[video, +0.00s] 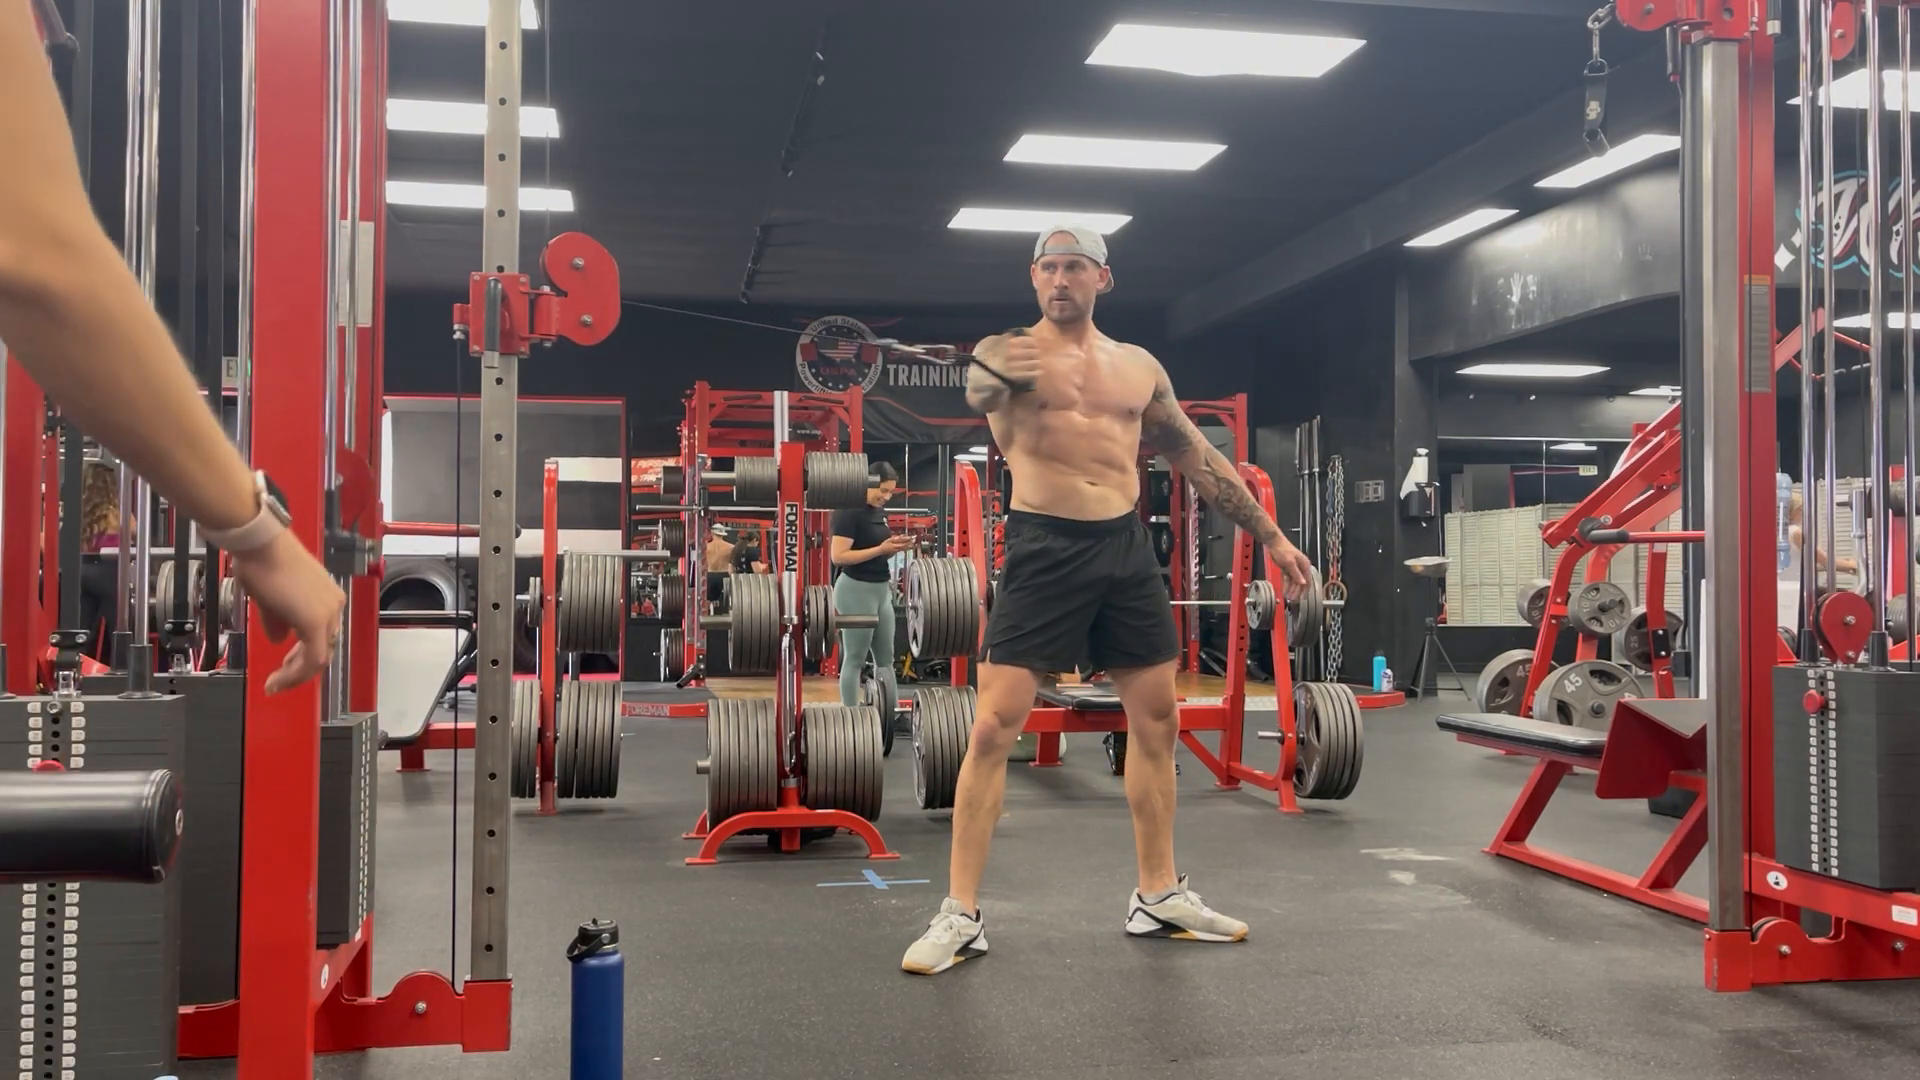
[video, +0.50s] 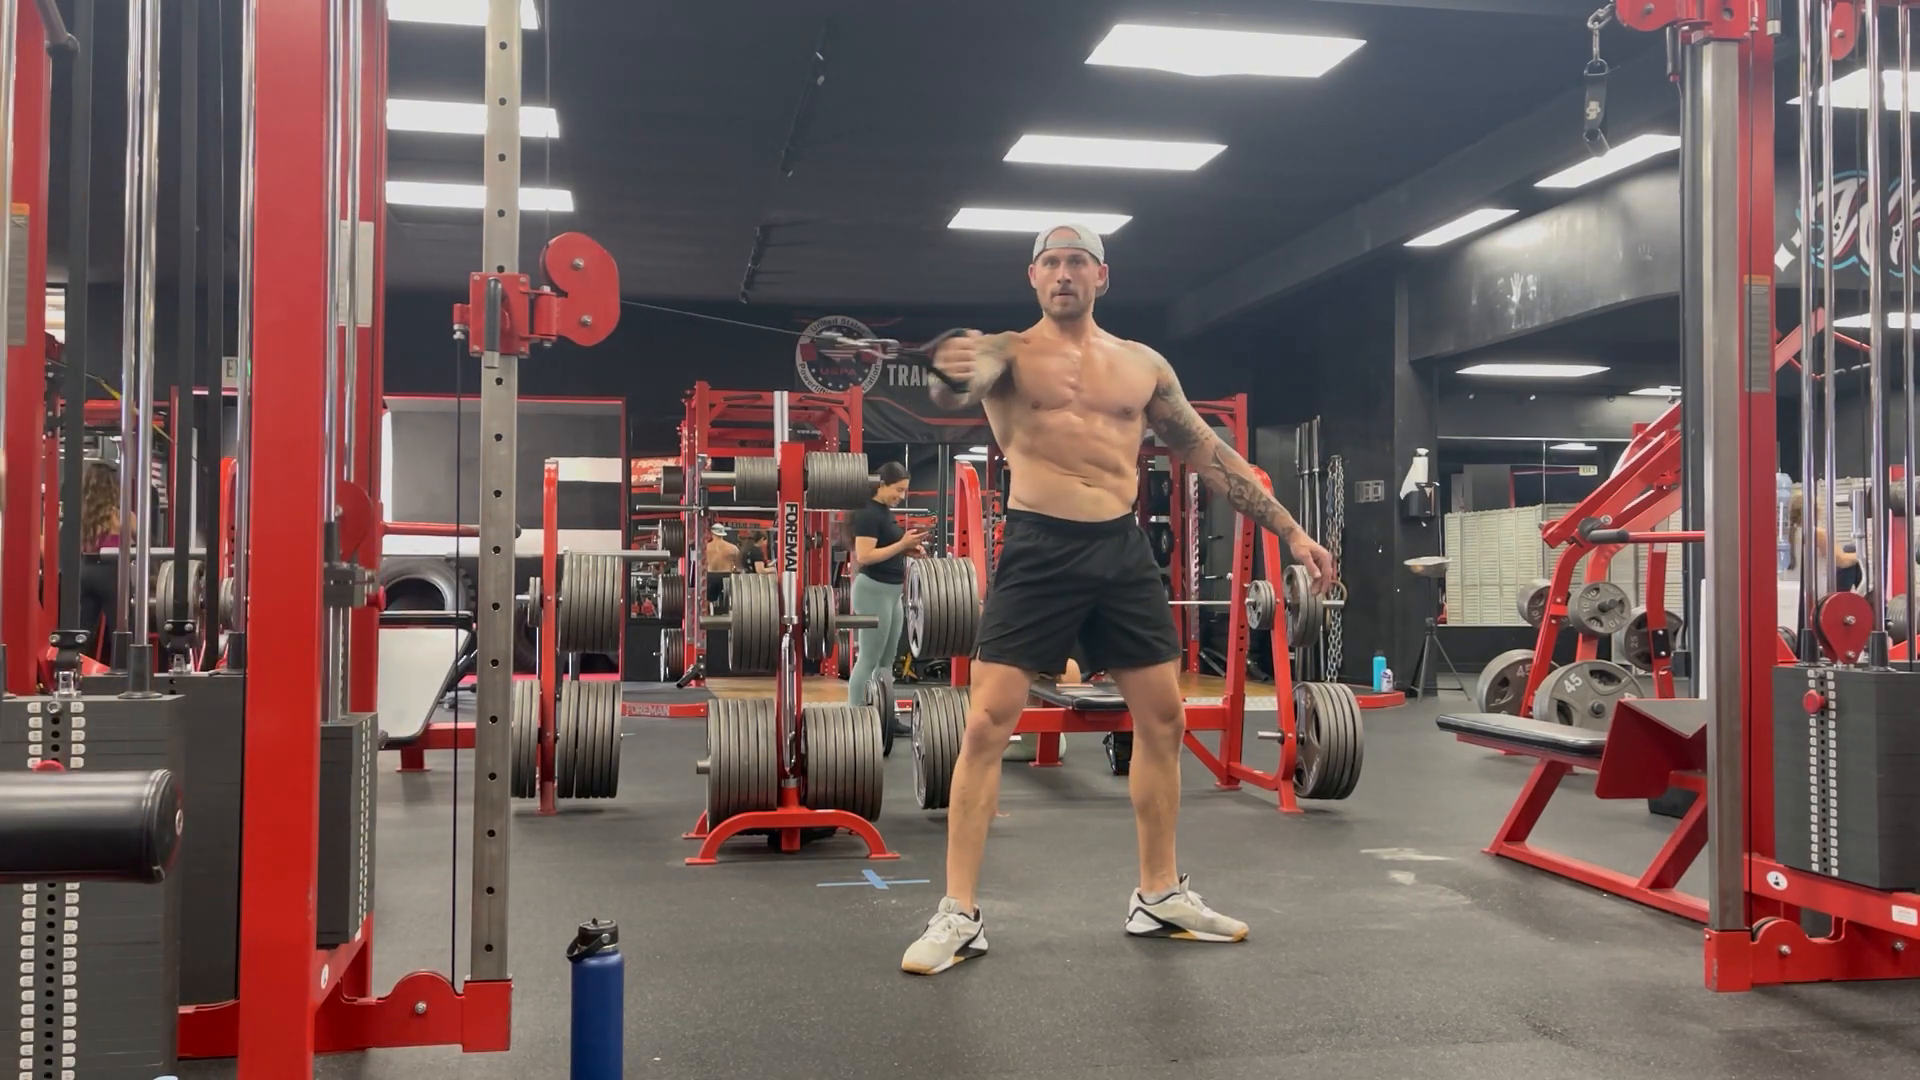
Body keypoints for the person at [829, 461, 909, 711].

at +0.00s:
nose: (887, 497)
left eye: (890, 493)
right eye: (884, 491)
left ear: (891, 489)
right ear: (868, 484)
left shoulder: (877, 512)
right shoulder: (849, 512)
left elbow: (873, 549)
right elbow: (838, 555)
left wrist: (895, 545)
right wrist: (882, 549)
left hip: (881, 590)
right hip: (855, 589)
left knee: (885, 660)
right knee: (854, 659)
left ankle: (891, 720)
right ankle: (851, 721)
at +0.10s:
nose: (887, 497)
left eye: (890, 493)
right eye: (884, 491)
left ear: (892, 489)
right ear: (869, 484)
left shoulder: (877, 512)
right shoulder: (850, 511)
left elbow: (874, 547)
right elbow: (840, 556)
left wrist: (896, 544)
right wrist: (882, 549)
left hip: (881, 591)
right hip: (856, 590)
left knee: (883, 658)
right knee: (855, 658)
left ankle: (887, 717)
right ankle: (851, 719)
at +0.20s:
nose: (889, 497)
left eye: (893, 493)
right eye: (886, 491)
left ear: (894, 489)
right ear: (871, 484)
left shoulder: (877, 512)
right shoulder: (853, 512)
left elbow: (876, 547)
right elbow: (843, 557)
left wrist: (899, 546)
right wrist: (886, 548)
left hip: (881, 589)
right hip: (859, 589)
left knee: (882, 657)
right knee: (857, 658)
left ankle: (887, 717)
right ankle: (851, 719)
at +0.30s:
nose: (893, 497)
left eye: (896, 493)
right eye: (891, 491)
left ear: (892, 489)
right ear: (875, 485)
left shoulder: (878, 511)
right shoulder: (858, 512)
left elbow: (877, 549)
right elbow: (849, 557)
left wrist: (901, 548)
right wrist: (889, 548)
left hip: (884, 590)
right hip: (862, 589)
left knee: (882, 659)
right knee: (859, 658)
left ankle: (885, 716)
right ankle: (851, 717)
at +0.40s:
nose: (897, 497)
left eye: (900, 492)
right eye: (895, 491)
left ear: (896, 488)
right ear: (880, 484)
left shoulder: (882, 513)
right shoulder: (863, 514)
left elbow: (881, 550)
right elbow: (856, 557)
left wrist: (902, 549)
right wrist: (895, 546)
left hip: (887, 591)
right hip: (867, 589)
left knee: (885, 660)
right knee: (863, 658)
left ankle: (882, 715)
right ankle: (853, 716)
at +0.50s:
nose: (902, 496)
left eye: (904, 491)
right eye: (899, 490)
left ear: (897, 487)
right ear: (884, 484)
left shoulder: (885, 513)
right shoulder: (869, 513)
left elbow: (883, 549)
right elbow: (863, 556)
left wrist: (905, 549)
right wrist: (901, 545)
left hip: (892, 592)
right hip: (873, 590)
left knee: (886, 661)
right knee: (868, 660)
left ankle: (880, 717)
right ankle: (855, 718)